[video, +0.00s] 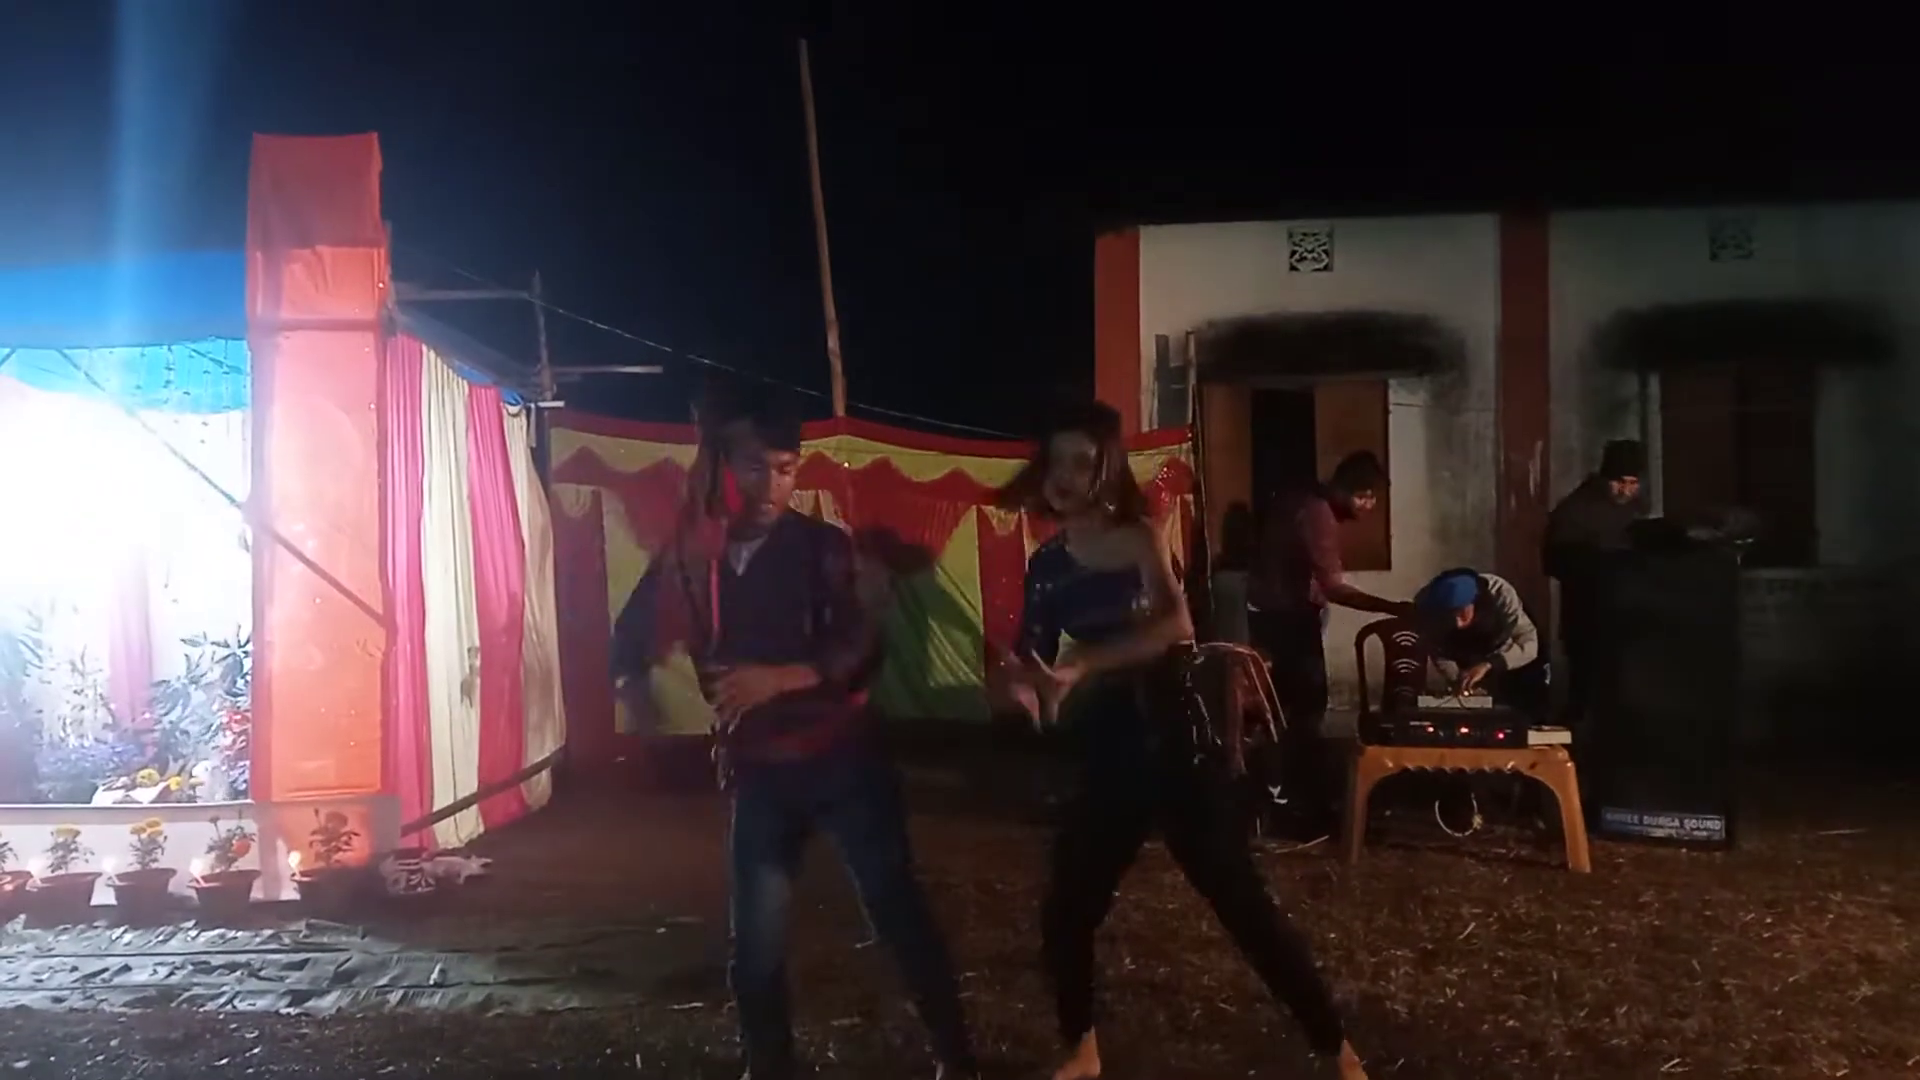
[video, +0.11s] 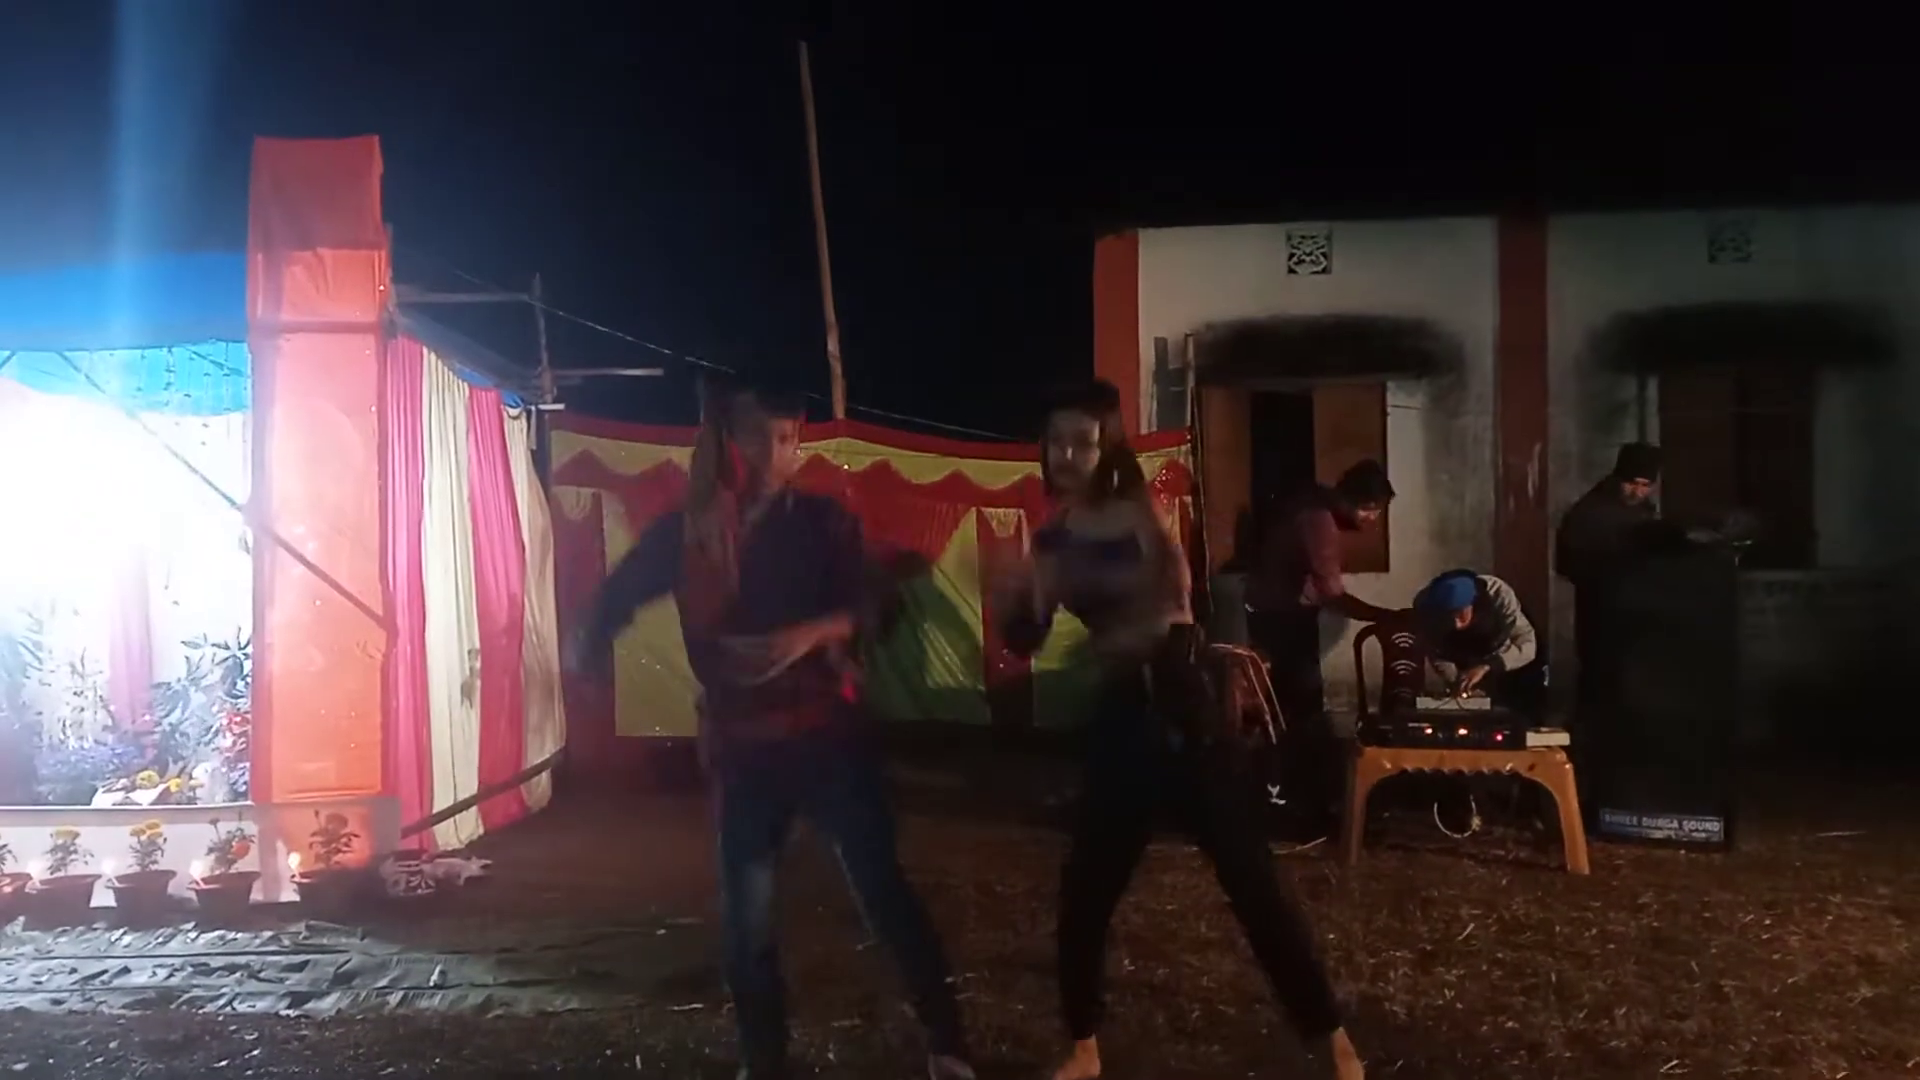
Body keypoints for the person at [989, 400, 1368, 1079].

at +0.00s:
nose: (1063, 477)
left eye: (1080, 465)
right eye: (1055, 463)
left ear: (1107, 473)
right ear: (1041, 468)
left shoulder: (1143, 537)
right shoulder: (1046, 561)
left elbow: (1176, 625)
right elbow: (1025, 655)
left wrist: (1081, 666)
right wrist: (1012, 680)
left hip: (1175, 745)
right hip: (1103, 750)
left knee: (1244, 909)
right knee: (1066, 912)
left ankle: (1340, 1055)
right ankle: (1080, 1054)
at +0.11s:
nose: (1064, 457)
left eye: (1080, 444)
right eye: (1055, 442)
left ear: (1111, 451)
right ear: (1043, 447)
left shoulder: (1145, 518)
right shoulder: (1056, 538)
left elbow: (1172, 613)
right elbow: (1024, 638)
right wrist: (1005, 594)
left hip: (1187, 707)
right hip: (1122, 712)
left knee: (1251, 881)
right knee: (1086, 887)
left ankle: (1337, 1047)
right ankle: (1082, 1049)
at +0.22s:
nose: (1078, 441)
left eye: (1093, 426)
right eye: (1066, 426)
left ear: (1118, 433)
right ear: (1045, 434)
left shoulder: (1155, 498)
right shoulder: (1057, 521)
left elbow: (1185, 595)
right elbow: (1012, 612)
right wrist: (1001, 526)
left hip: (1195, 685)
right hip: (1126, 697)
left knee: (1253, 864)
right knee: (1094, 873)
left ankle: (1333, 1038)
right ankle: (1085, 1040)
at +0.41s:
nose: (1106, 472)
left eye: (1121, 460)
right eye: (1094, 458)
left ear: (1144, 472)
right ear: (1074, 468)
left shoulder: (1167, 555)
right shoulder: (1056, 559)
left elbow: (1223, 667)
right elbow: (1051, 668)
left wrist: (1161, 714)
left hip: (1183, 757)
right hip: (1103, 758)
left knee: (1237, 922)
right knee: (1076, 920)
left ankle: (1329, 1059)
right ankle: (1073, 1054)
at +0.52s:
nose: (1124, 445)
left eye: (1137, 432)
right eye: (1110, 433)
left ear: (1159, 442)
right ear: (1090, 444)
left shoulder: (1190, 530)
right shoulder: (1068, 529)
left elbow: (1235, 639)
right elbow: (1041, 635)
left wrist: (1196, 710)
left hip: (1170, 717)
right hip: (1095, 718)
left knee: (1228, 895)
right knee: (1073, 896)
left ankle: (1311, 1048)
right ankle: (1072, 1050)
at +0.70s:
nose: (1137, 408)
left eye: (1148, 395)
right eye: (1122, 399)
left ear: (1172, 409)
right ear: (1103, 419)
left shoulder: (1218, 492)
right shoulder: (1098, 494)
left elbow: (1242, 590)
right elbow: (1055, 549)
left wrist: (1222, 681)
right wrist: (1103, 473)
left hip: (1195, 678)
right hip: (1115, 672)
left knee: (1216, 858)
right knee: (1068, 847)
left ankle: (1250, 1036)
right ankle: (1024, 1018)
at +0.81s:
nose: (1138, 444)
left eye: (1148, 431)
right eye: (1123, 435)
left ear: (1173, 441)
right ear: (1105, 453)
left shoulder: (1223, 526)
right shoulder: (1104, 537)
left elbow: (1247, 625)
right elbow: (1085, 602)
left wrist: (1233, 722)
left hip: (1196, 715)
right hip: (1116, 712)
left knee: (1230, 894)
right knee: (1053, 880)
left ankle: (1248, 1042)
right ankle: (987, 1030)